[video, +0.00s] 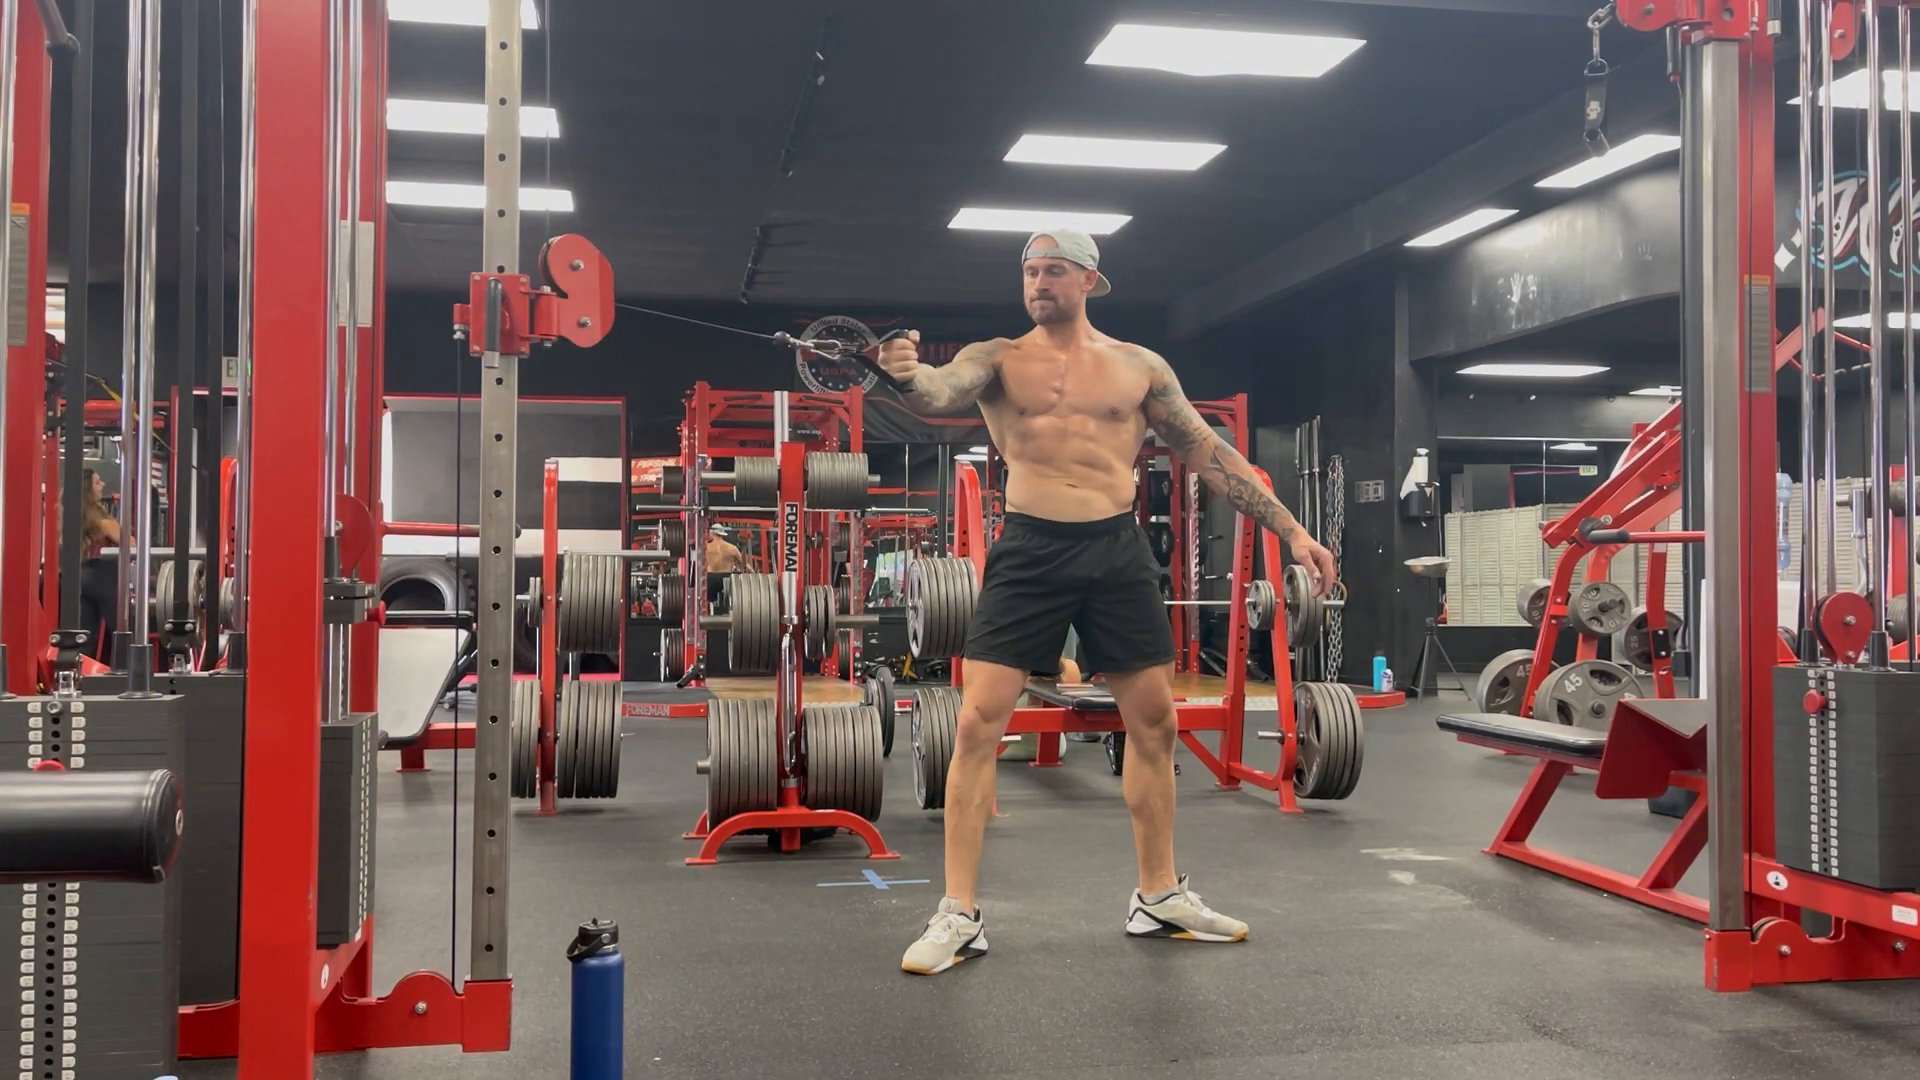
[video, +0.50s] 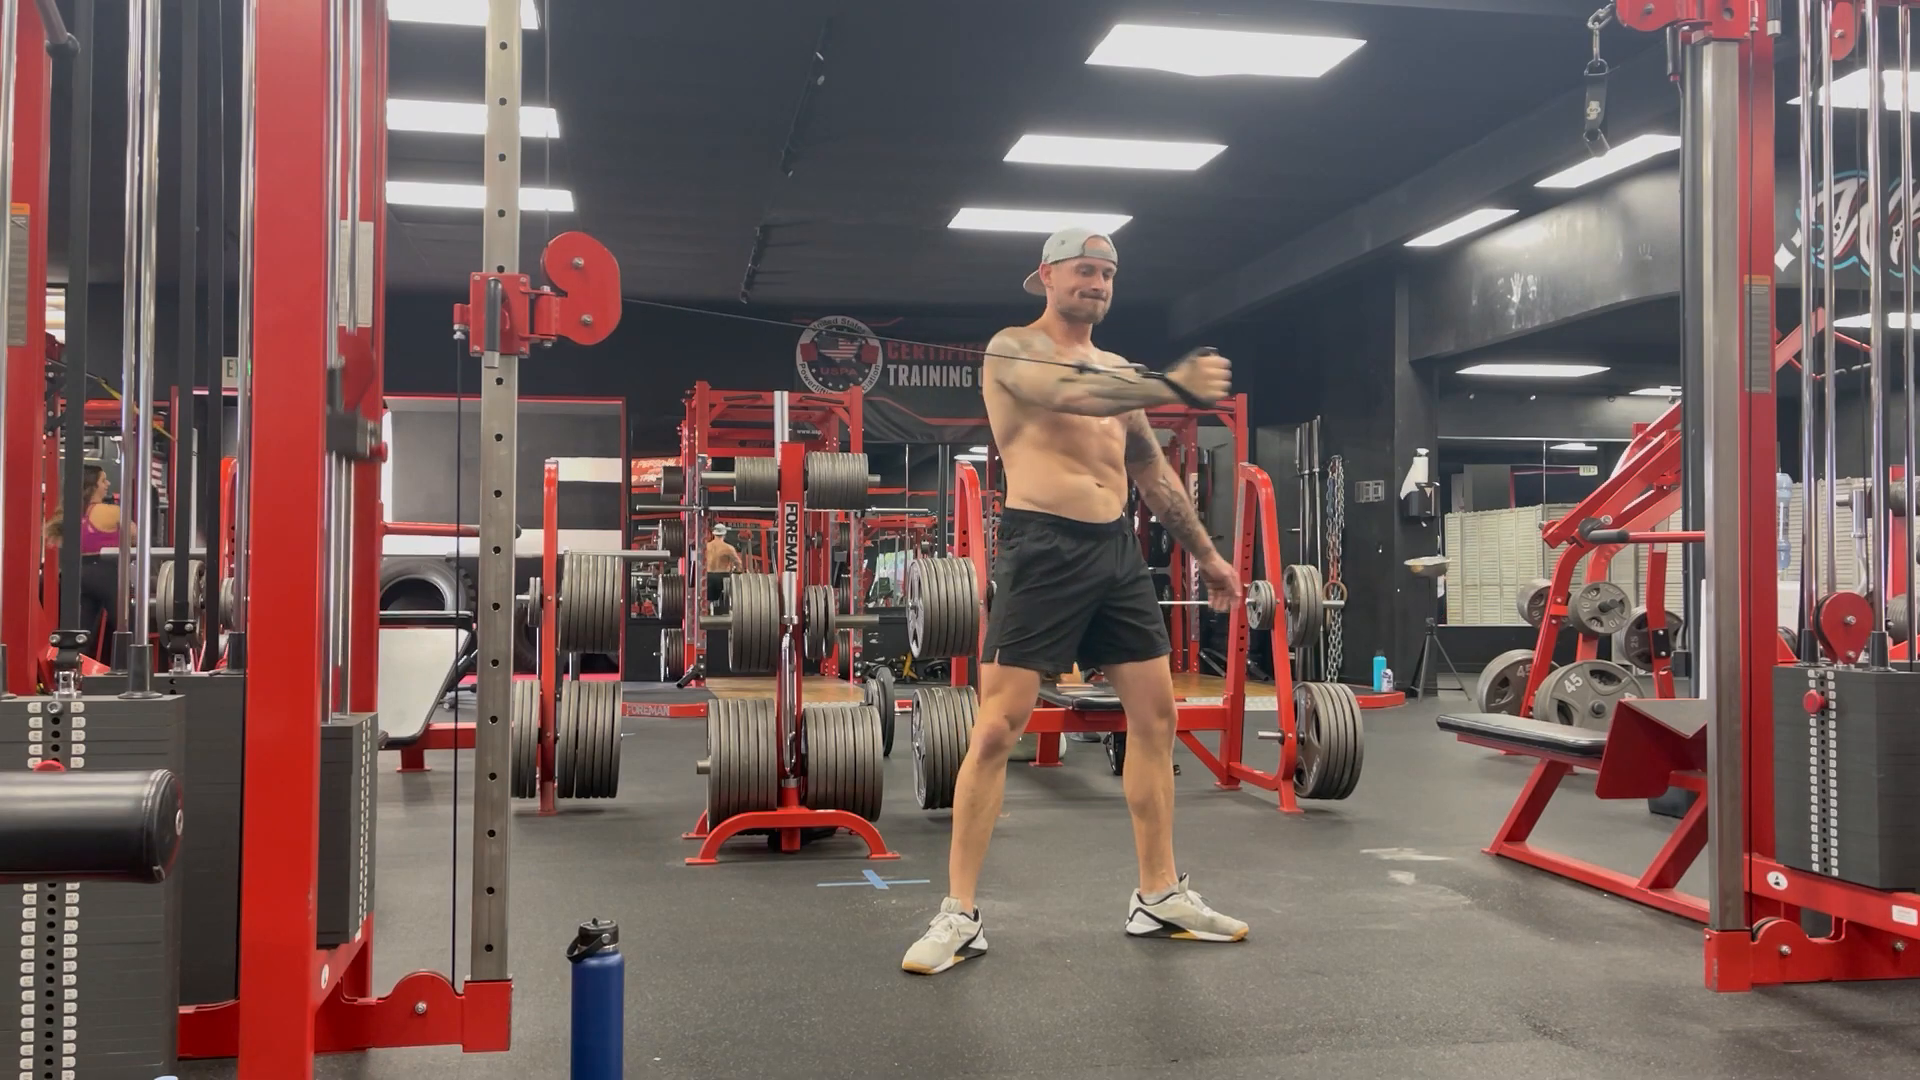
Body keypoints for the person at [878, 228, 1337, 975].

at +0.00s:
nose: (1039, 281)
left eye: (1054, 269)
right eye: (1031, 270)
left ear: (1090, 280)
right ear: (1022, 281)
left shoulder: (1142, 367)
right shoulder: (996, 356)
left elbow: (1217, 459)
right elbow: (939, 393)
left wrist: (1294, 531)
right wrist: (907, 373)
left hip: (1119, 552)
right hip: (1027, 552)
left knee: (1155, 720)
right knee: (977, 723)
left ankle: (1157, 895)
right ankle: (958, 909)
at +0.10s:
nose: (1047, 277)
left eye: (1062, 267)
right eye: (1037, 267)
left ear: (1092, 281)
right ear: (1024, 280)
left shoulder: (1140, 367)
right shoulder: (995, 353)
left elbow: (1213, 460)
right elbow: (945, 394)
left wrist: (1289, 532)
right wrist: (925, 370)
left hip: (1118, 551)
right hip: (1027, 550)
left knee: (1158, 721)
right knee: (979, 725)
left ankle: (1158, 896)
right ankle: (957, 909)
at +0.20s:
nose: (1060, 276)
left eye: (1075, 265)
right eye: (1048, 264)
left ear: (1097, 282)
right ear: (1028, 278)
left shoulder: (1137, 368)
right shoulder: (999, 349)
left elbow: (1207, 465)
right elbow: (950, 396)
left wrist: (1279, 537)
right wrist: (974, 371)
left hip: (1118, 551)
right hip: (1030, 550)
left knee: (1158, 719)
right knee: (982, 727)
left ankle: (1159, 895)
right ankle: (957, 910)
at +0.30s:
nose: (1076, 279)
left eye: (1088, 269)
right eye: (1062, 266)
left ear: (1104, 284)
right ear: (1035, 276)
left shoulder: (1134, 370)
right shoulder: (999, 348)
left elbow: (1195, 471)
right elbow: (991, 385)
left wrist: (1262, 547)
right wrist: (1035, 377)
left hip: (1118, 554)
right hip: (1033, 551)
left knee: (1158, 716)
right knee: (987, 725)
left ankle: (1158, 894)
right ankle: (957, 910)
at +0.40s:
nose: (1086, 278)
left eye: (1097, 268)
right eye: (1071, 265)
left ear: (1108, 284)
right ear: (1040, 279)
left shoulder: (1122, 372)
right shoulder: (1004, 346)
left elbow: (1175, 472)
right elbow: (1029, 391)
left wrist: (1233, 551)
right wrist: (1114, 374)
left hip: (1118, 552)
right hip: (1037, 548)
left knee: (1157, 715)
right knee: (988, 728)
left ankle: (1159, 894)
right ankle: (957, 910)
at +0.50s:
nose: (1095, 283)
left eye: (1105, 273)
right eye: (1081, 269)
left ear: (1112, 288)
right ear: (1044, 277)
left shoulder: (1121, 374)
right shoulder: (1009, 347)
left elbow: (1156, 475)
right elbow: (1061, 390)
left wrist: (1210, 556)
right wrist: (1173, 385)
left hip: (1118, 553)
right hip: (1038, 549)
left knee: (1154, 717)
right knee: (994, 731)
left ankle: (1159, 894)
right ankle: (959, 910)